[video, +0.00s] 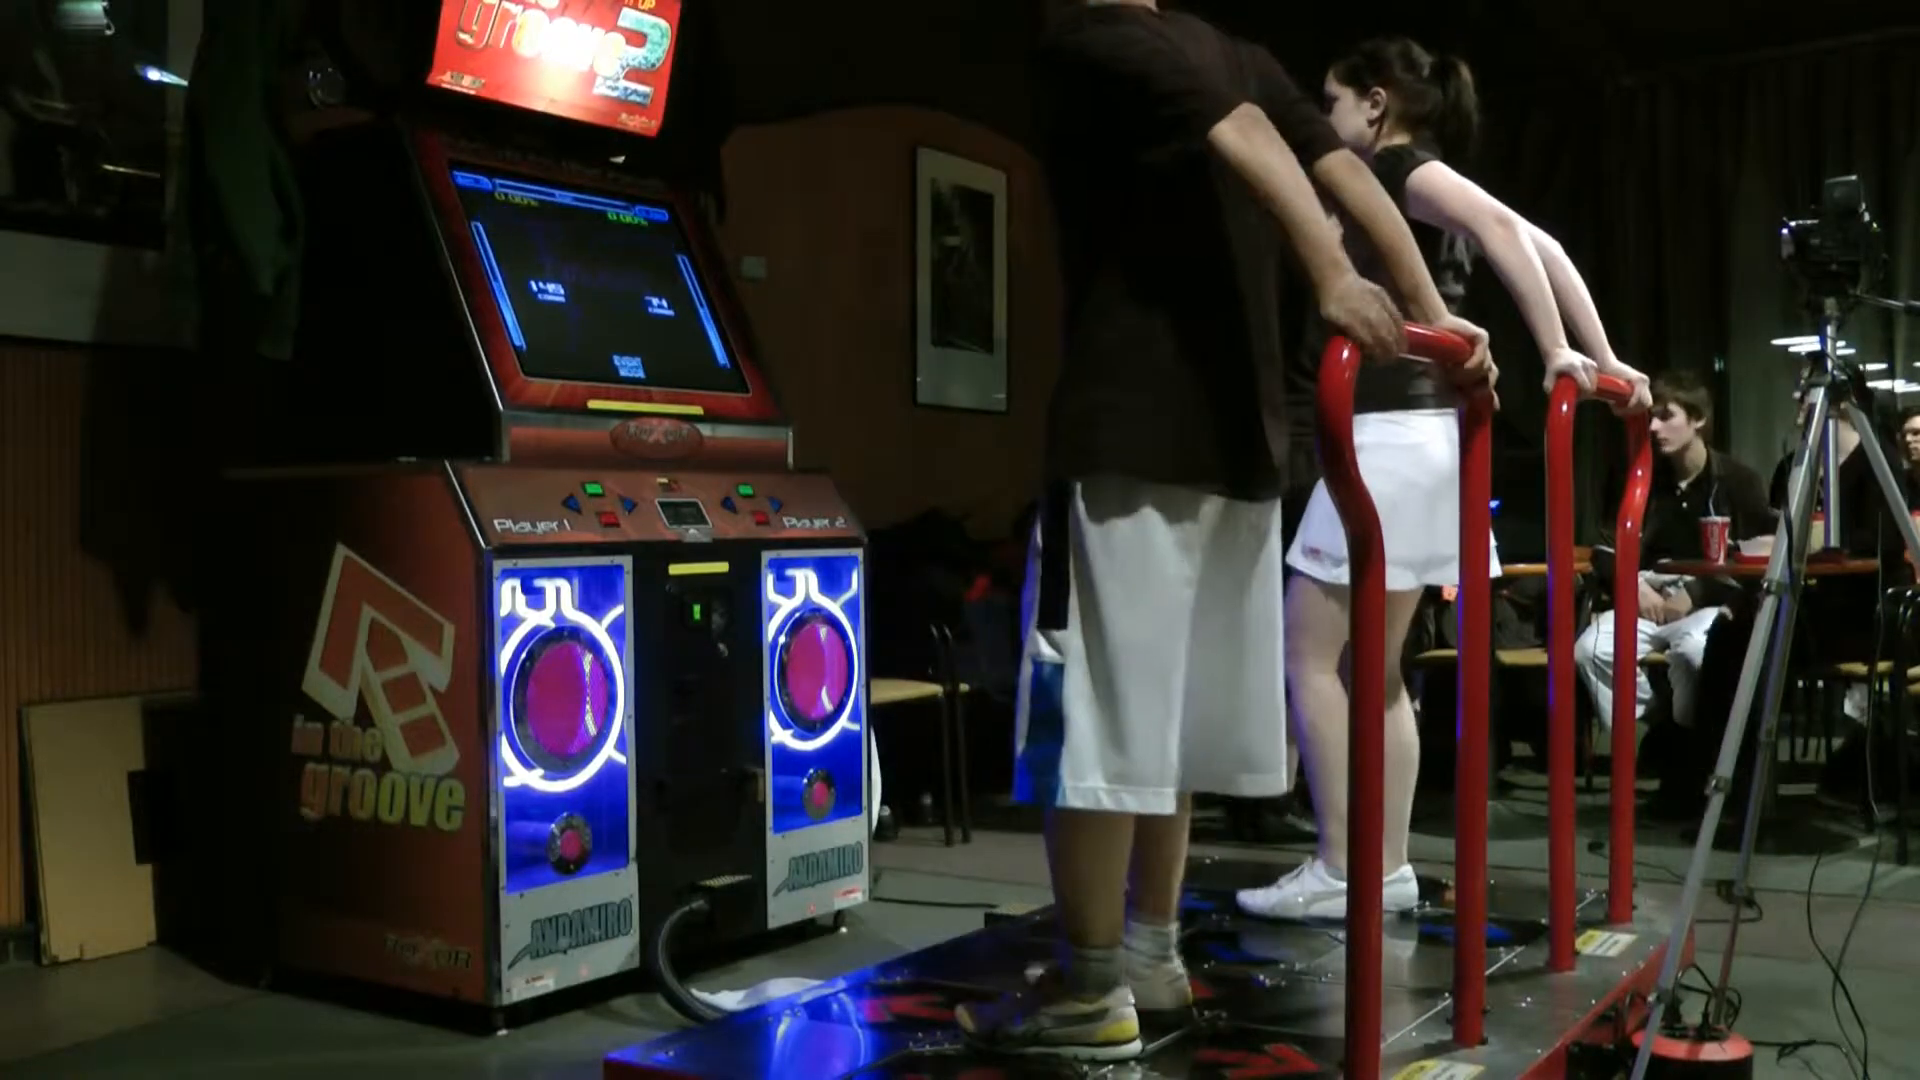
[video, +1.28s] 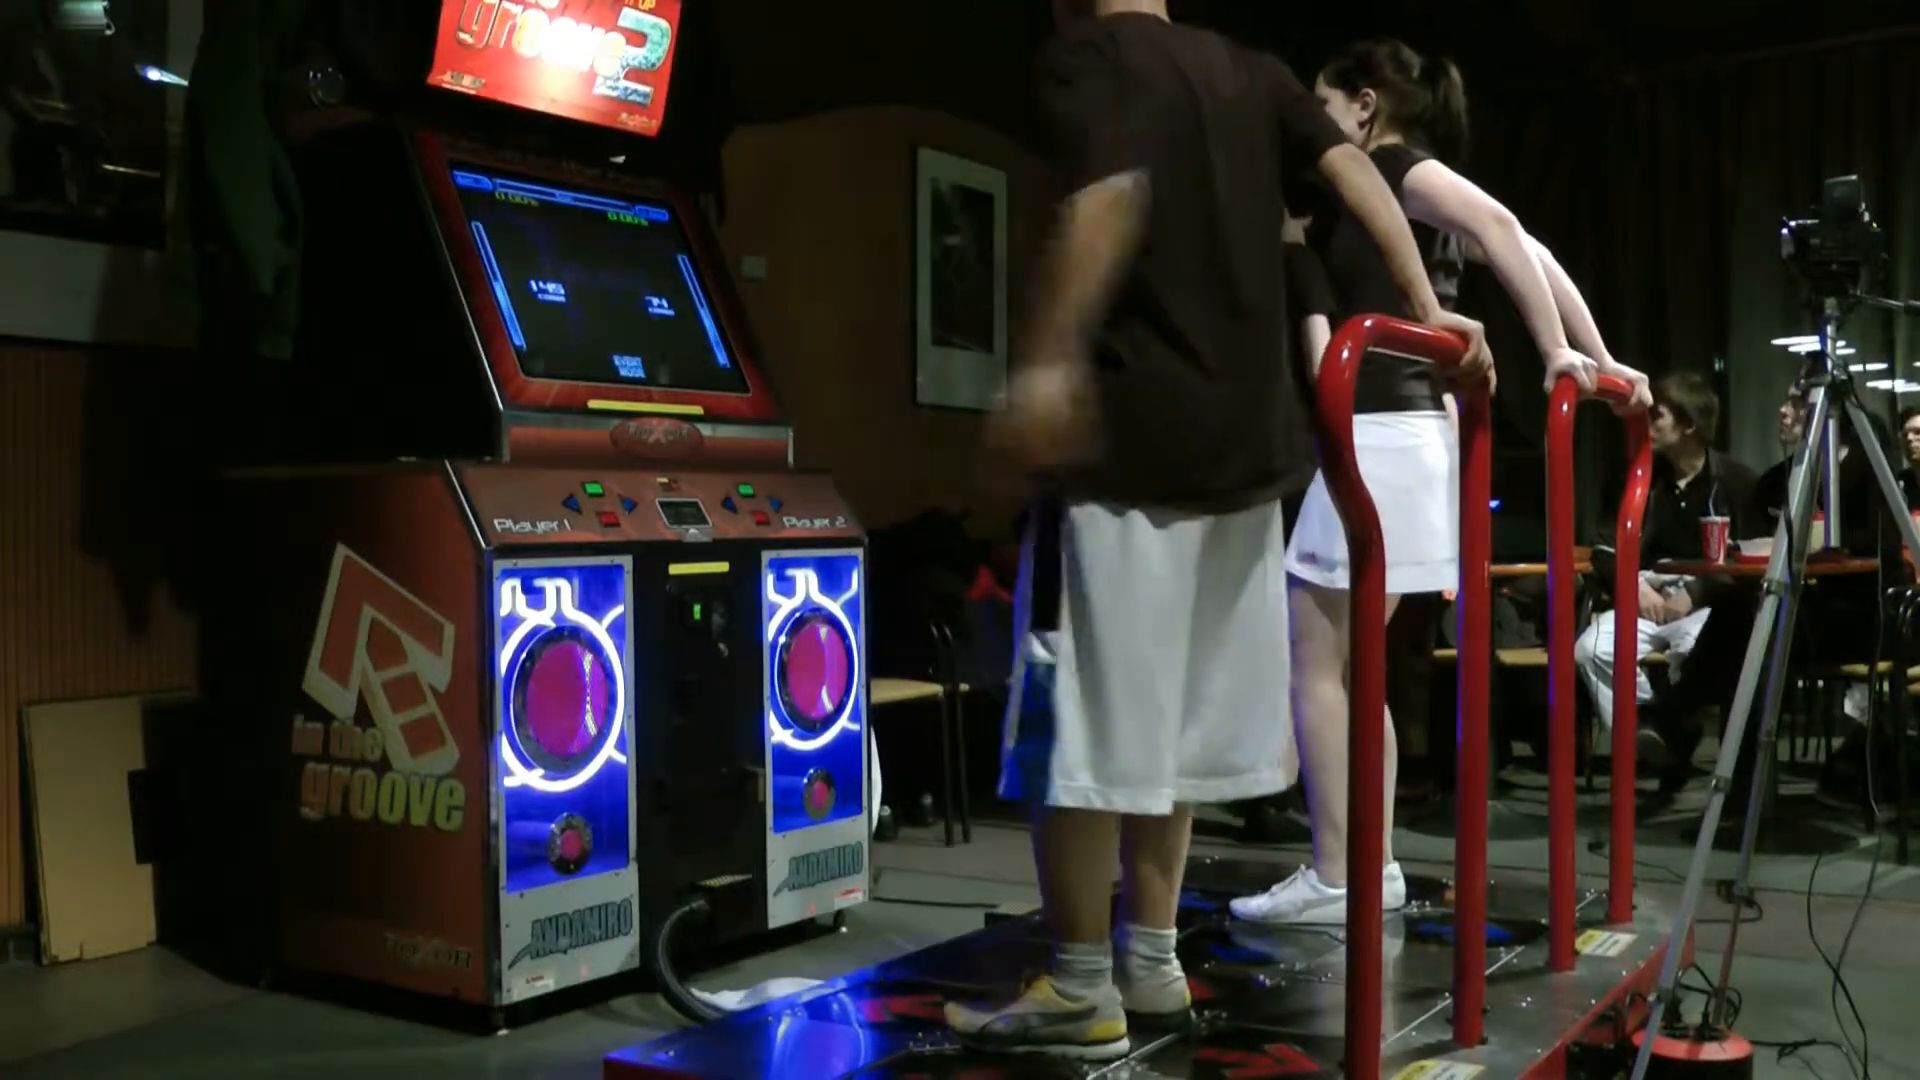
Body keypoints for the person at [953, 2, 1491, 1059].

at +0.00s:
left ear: (1085, 3)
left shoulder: (1085, 33)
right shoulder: (1244, 56)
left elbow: (1230, 120)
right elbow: (1358, 188)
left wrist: (1335, 276)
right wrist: (1435, 320)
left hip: (1136, 416)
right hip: (1244, 424)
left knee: (1108, 705)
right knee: (1175, 704)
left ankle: (1094, 991)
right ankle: (1154, 960)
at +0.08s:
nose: (1062, 24)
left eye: (1063, 17)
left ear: (1091, 5)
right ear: (1166, 3)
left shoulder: (1089, 47)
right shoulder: (1247, 65)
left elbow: (1227, 126)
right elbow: (1360, 191)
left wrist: (1296, 311)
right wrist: (1435, 318)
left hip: (1127, 427)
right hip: (1241, 441)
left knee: (1098, 708)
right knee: (1171, 706)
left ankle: (1093, 992)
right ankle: (1155, 960)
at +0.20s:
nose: (1058, 21)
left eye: (1062, 16)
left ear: (1088, 3)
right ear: (1168, 1)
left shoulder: (1103, 52)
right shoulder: (1247, 69)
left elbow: (1190, 177)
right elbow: (1358, 189)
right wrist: (1433, 316)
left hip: (1138, 446)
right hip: (1241, 441)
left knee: (1102, 713)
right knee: (1175, 709)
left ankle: (1095, 991)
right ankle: (1153, 955)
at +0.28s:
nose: (1068, 19)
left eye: (1072, 12)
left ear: (1103, 2)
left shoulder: (1106, 61)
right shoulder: (1258, 72)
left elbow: (1128, 220)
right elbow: (1361, 188)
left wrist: (987, 247)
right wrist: (1433, 314)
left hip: (1128, 434)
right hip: (1239, 437)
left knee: (1105, 708)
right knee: (1175, 700)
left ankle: (1093, 988)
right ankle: (1153, 954)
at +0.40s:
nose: (1057, 14)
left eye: (1063, 9)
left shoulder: (1093, 67)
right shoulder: (1258, 73)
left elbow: (989, 190)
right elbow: (1370, 192)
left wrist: (980, 101)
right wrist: (1434, 317)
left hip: (1120, 430)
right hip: (1235, 434)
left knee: (1096, 705)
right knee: (1178, 704)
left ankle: (1089, 984)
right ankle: (1152, 960)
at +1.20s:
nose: (1047, 27)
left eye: (1049, 22)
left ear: (1070, 5)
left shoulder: (1073, 56)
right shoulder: (1247, 62)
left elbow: (1064, 206)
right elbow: (1359, 183)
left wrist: (983, 276)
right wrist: (1425, 309)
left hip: (1121, 433)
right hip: (1244, 429)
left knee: (1094, 709)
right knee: (1173, 695)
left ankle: (1085, 988)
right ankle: (1155, 950)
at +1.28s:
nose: (1053, 17)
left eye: (1057, 13)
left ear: (1075, 4)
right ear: (1165, 0)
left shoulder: (1085, 54)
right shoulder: (1255, 70)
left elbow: (1111, 192)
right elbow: (1365, 188)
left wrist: (1051, 353)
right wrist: (1427, 312)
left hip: (1124, 441)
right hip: (1245, 438)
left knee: (1092, 713)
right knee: (1178, 711)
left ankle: (1079, 984)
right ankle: (1153, 963)